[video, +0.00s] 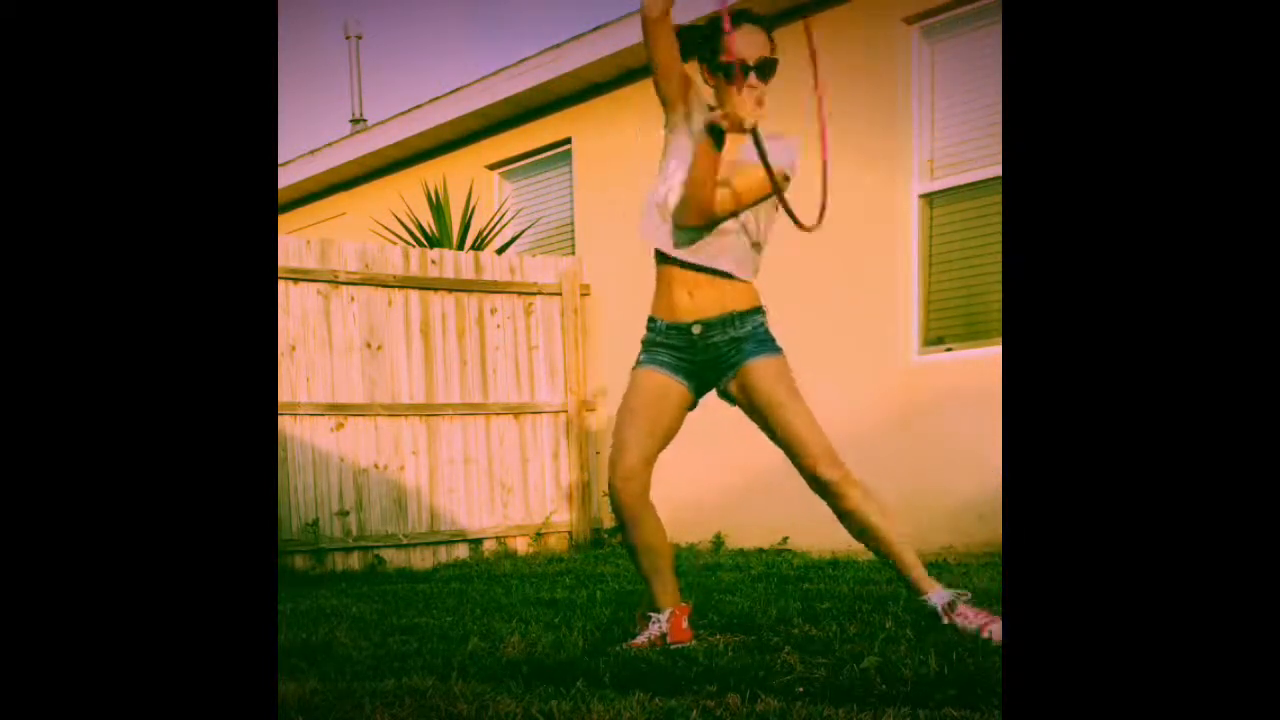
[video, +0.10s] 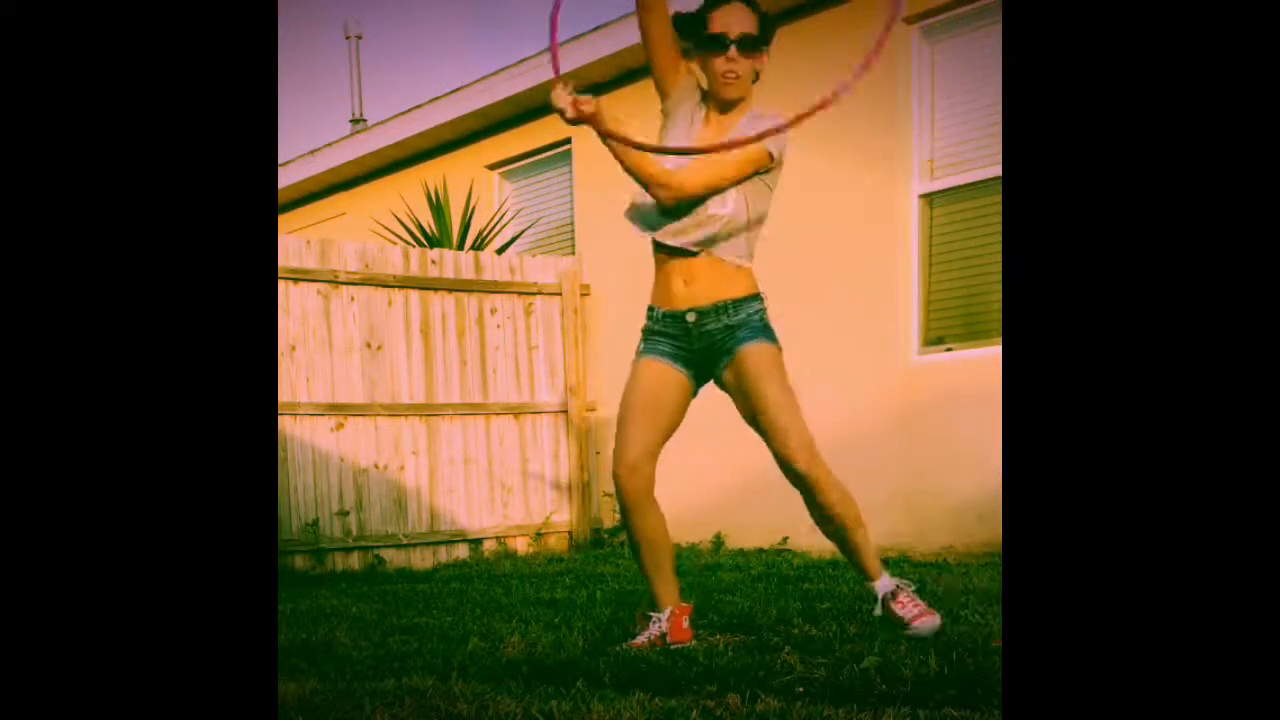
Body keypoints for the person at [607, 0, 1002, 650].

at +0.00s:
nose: (755, 83)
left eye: (764, 70)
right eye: (741, 70)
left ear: (771, 73)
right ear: (711, 71)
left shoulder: (777, 151)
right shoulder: (686, 115)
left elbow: (693, 214)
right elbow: (654, 13)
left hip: (741, 334)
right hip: (667, 340)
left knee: (829, 476)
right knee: (623, 479)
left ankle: (938, 598)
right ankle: (669, 618)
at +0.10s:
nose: (730, 57)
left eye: (746, 46)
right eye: (715, 44)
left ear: (763, 57)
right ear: (696, 57)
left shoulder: (762, 141)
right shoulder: (678, 101)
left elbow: (673, 185)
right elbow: (651, 7)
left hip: (738, 320)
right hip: (666, 327)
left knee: (802, 463)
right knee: (629, 470)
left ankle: (882, 585)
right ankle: (670, 618)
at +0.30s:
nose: (716, 8)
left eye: (733, 1)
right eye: (712, 2)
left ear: (766, 18)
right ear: (705, 20)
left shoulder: (783, 93)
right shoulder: (684, 78)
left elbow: (710, 122)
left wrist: (607, 91)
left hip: (756, 300)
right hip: (680, 304)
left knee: (765, 454)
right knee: (658, 462)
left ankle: (785, 608)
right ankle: (673, 615)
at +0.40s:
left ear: (772, 9)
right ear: (714, 15)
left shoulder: (795, 80)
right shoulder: (692, 64)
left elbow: (758, 129)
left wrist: (663, 99)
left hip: (769, 296)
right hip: (692, 297)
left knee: (769, 461)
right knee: (669, 457)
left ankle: (784, 612)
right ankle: (675, 610)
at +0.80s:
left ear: (802, 8)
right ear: (751, 10)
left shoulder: (823, 87)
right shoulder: (708, 47)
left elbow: (865, 185)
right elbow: (622, 21)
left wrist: (887, 238)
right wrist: (571, 1)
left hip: (771, 289)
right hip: (691, 286)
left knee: (774, 462)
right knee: (694, 461)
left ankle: (787, 612)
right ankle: (679, 612)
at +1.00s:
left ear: (803, 5)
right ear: (753, 8)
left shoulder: (833, 93)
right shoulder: (714, 50)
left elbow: (859, 194)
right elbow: (619, 27)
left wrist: (891, 248)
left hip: (779, 291)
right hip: (699, 287)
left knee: (777, 461)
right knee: (696, 461)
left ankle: (787, 612)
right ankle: (679, 611)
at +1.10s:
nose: (753, 2)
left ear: (809, 9)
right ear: (752, 14)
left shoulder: (836, 99)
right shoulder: (723, 57)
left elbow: (853, 208)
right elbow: (621, 9)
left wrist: (873, 233)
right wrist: (684, 16)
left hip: (788, 289)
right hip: (712, 284)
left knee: (783, 456)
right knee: (720, 459)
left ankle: (787, 613)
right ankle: (686, 608)